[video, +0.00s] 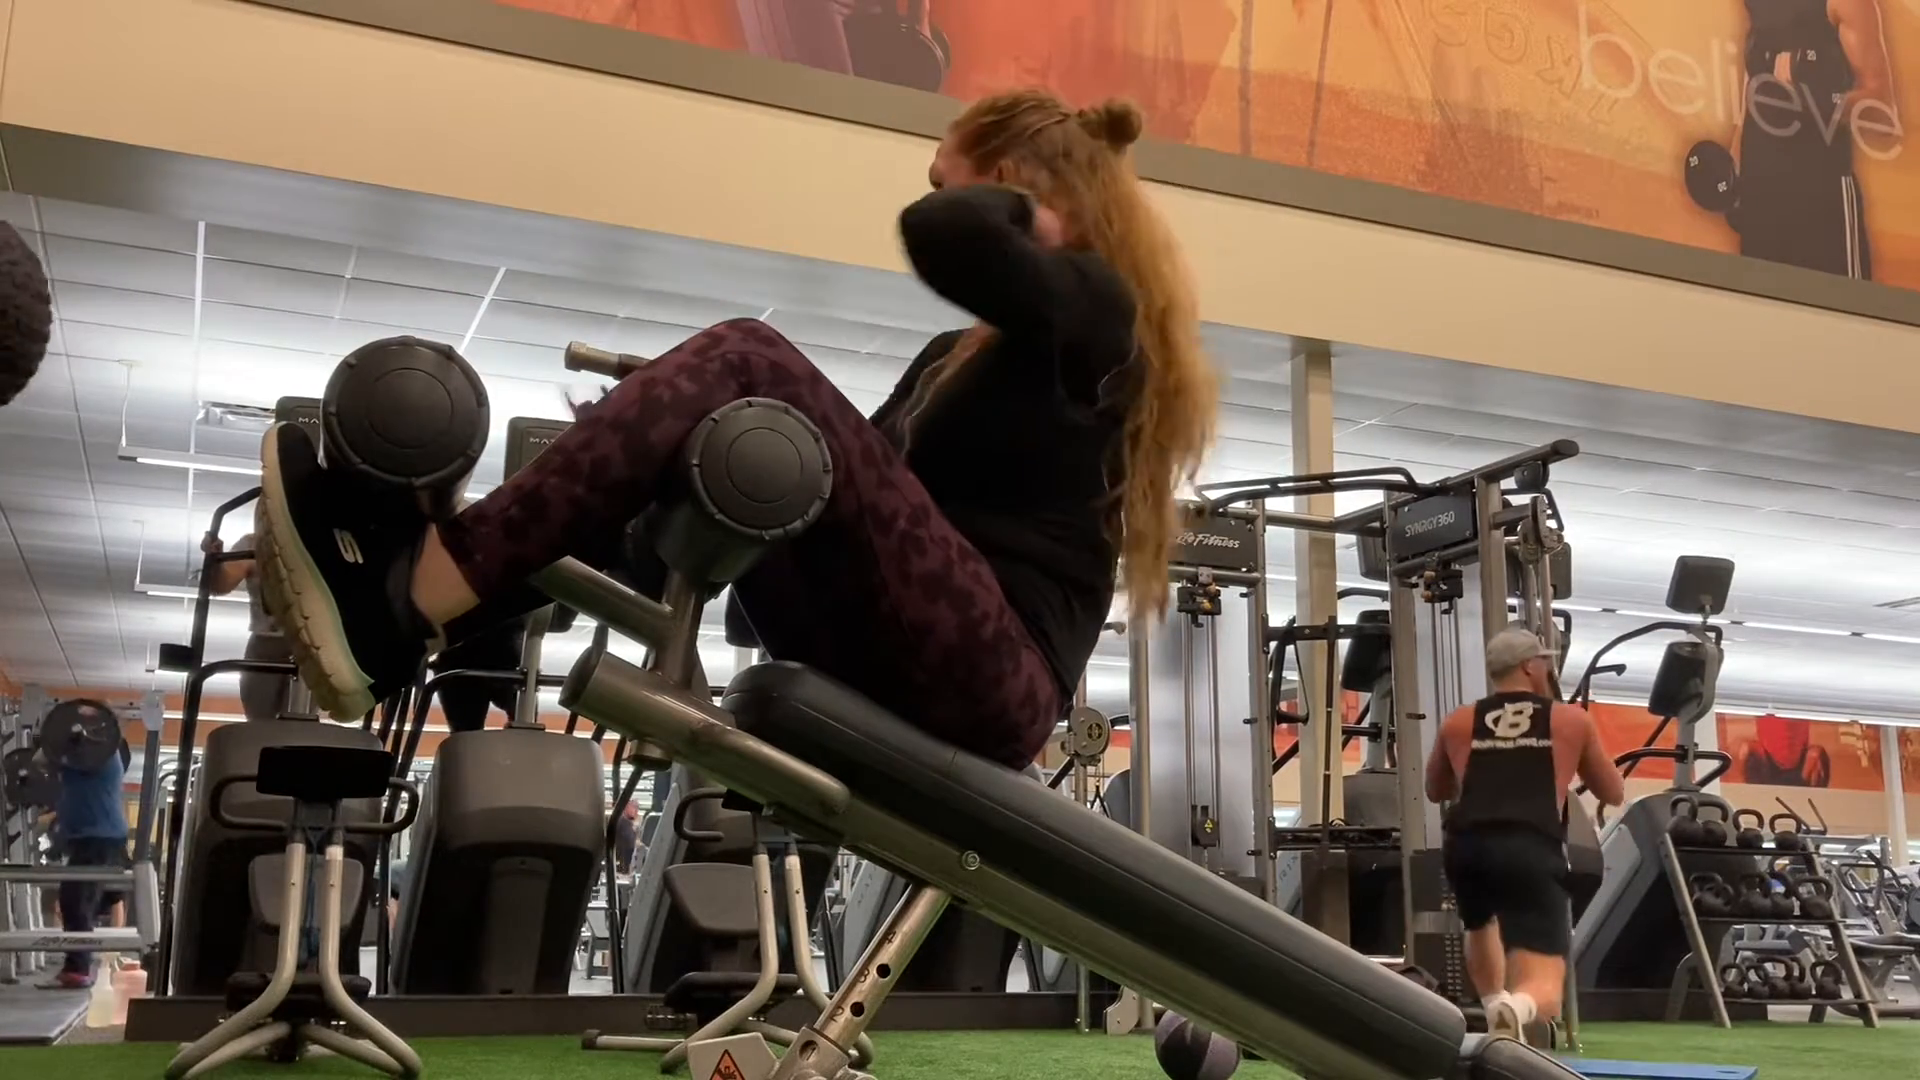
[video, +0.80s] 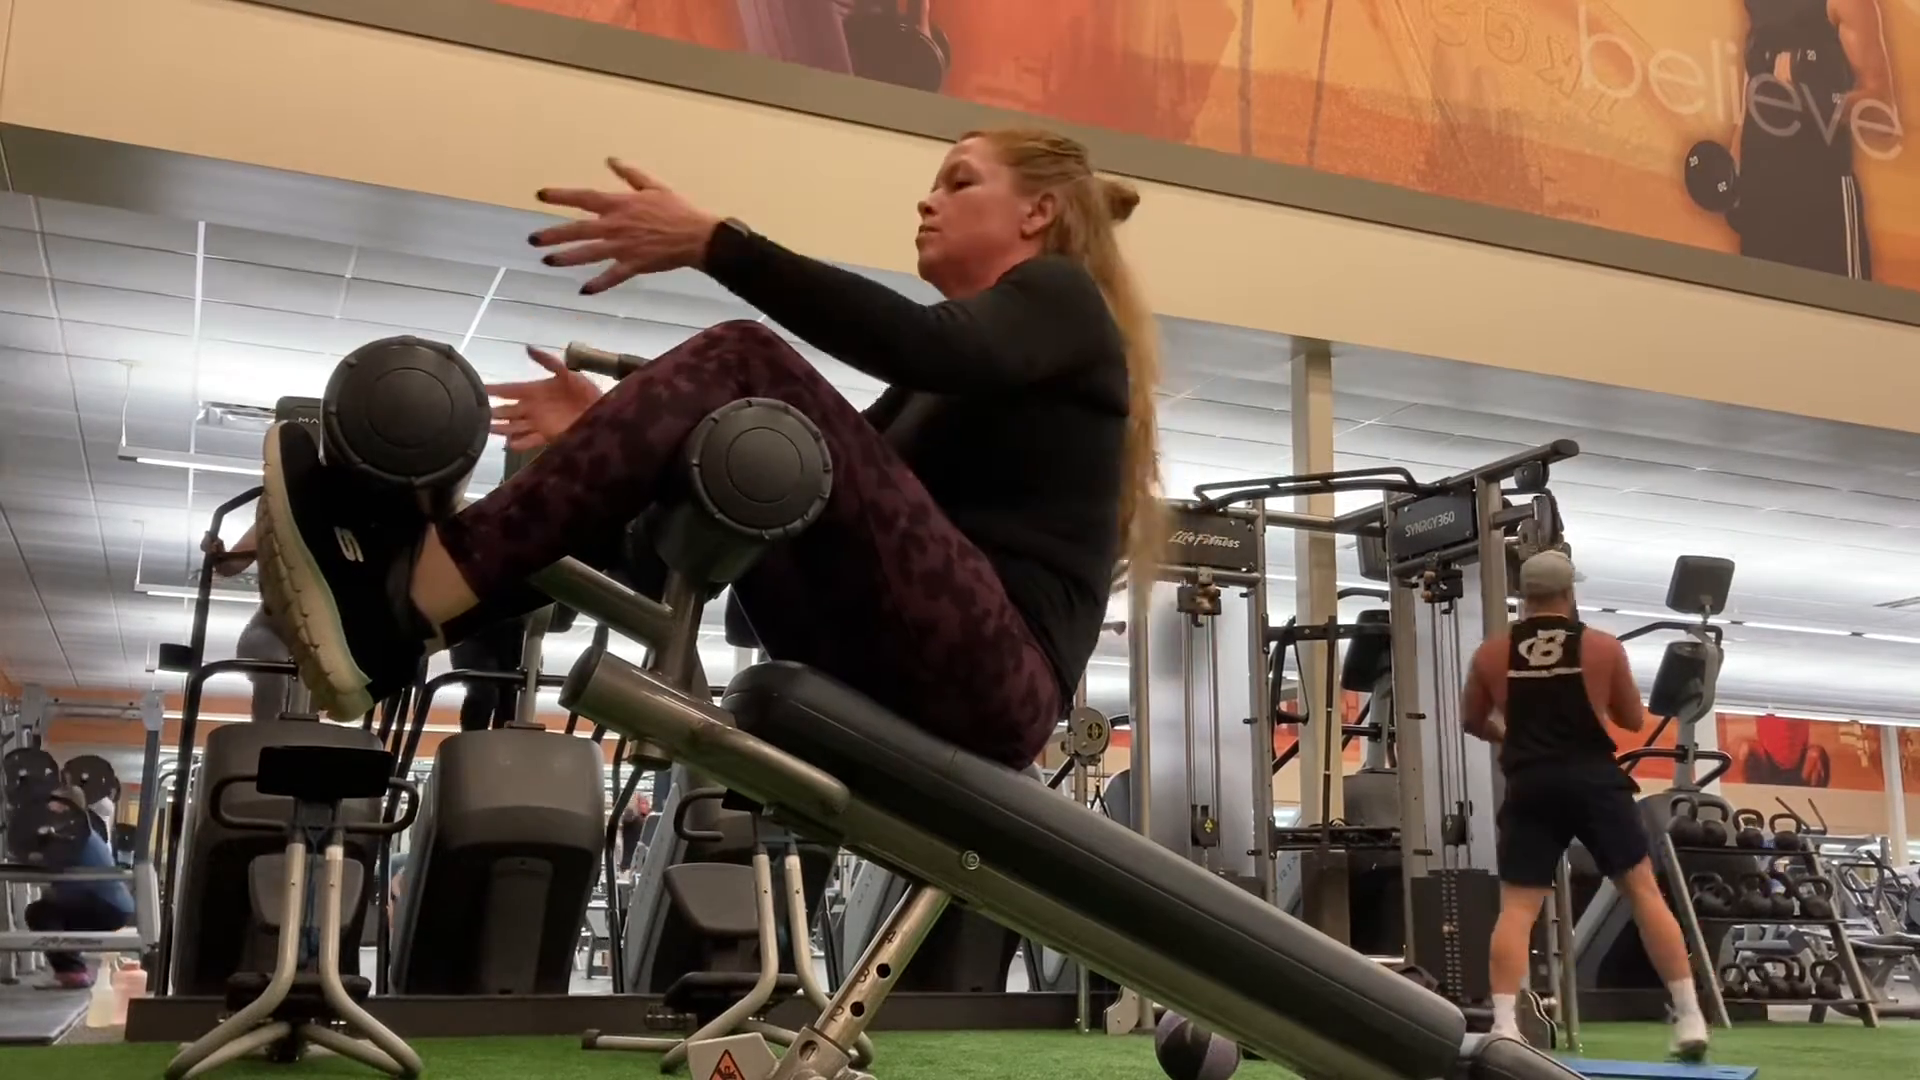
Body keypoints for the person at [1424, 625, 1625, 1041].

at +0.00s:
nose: (1549, 671)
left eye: (1547, 662)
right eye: (1545, 662)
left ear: (1495, 671)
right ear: (1528, 668)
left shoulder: (1458, 722)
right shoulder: (1573, 721)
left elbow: (1437, 789)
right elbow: (1613, 792)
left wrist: (1481, 768)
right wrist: (1582, 764)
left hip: (1467, 848)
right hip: (1531, 849)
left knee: (1478, 922)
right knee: (1542, 986)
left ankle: (1499, 1020)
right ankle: (1509, 1009)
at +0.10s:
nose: (1548, 650)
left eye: (1545, 641)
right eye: (1542, 642)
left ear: (1495, 651)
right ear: (1526, 646)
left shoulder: (1457, 699)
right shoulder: (1568, 695)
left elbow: (1438, 771)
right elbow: (1610, 768)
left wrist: (1479, 748)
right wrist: (1584, 754)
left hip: (1470, 817)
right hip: (1533, 815)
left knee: (1483, 920)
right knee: (1543, 948)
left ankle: (1500, 1030)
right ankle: (1513, 1003)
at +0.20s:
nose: (1551, 630)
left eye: (1547, 621)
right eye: (1545, 621)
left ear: (1494, 632)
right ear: (1527, 625)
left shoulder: (1458, 679)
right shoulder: (1563, 670)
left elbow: (1442, 751)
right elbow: (1606, 740)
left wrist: (1487, 727)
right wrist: (1571, 720)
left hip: (1471, 792)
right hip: (1533, 786)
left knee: (1487, 912)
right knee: (1576, 906)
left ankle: (1501, 1029)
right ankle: (1531, 983)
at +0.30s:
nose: (1552, 613)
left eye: (1551, 604)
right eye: (1548, 604)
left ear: (1494, 613)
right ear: (1529, 607)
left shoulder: (1457, 665)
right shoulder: (1559, 648)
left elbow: (1453, 734)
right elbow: (1607, 715)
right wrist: (1573, 683)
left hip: (1473, 781)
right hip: (1534, 772)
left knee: (1490, 906)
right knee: (1620, 871)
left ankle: (1503, 1031)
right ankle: (1548, 962)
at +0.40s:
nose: (1549, 600)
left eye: (1546, 592)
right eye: (1545, 592)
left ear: (1494, 598)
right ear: (1529, 593)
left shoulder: (1461, 652)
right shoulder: (1555, 634)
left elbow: (1462, 716)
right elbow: (1612, 695)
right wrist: (1583, 659)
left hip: (1480, 779)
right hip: (1542, 769)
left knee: (1497, 904)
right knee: (1645, 843)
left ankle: (1503, 1028)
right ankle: (1596, 954)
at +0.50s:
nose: (1550, 593)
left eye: (1548, 586)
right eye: (1547, 586)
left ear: (1495, 592)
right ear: (1534, 587)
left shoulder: (1465, 647)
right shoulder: (1557, 632)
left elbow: (1464, 712)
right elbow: (1611, 695)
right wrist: (1600, 658)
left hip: (1488, 778)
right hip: (1550, 768)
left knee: (1501, 901)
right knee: (1640, 850)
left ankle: (1502, 1027)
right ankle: (1674, 966)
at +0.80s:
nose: (1570, 599)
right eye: (1571, 592)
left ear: (1523, 597)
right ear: (1571, 594)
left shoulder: (1493, 652)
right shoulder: (1603, 647)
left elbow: (1472, 720)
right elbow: (1633, 720)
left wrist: (1508, 732)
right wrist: (1599, 692)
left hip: (1530, 789)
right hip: (1598, 785)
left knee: (1516, 908)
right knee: (1645, 893)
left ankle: (1503, 1029)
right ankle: (1691, 1020)